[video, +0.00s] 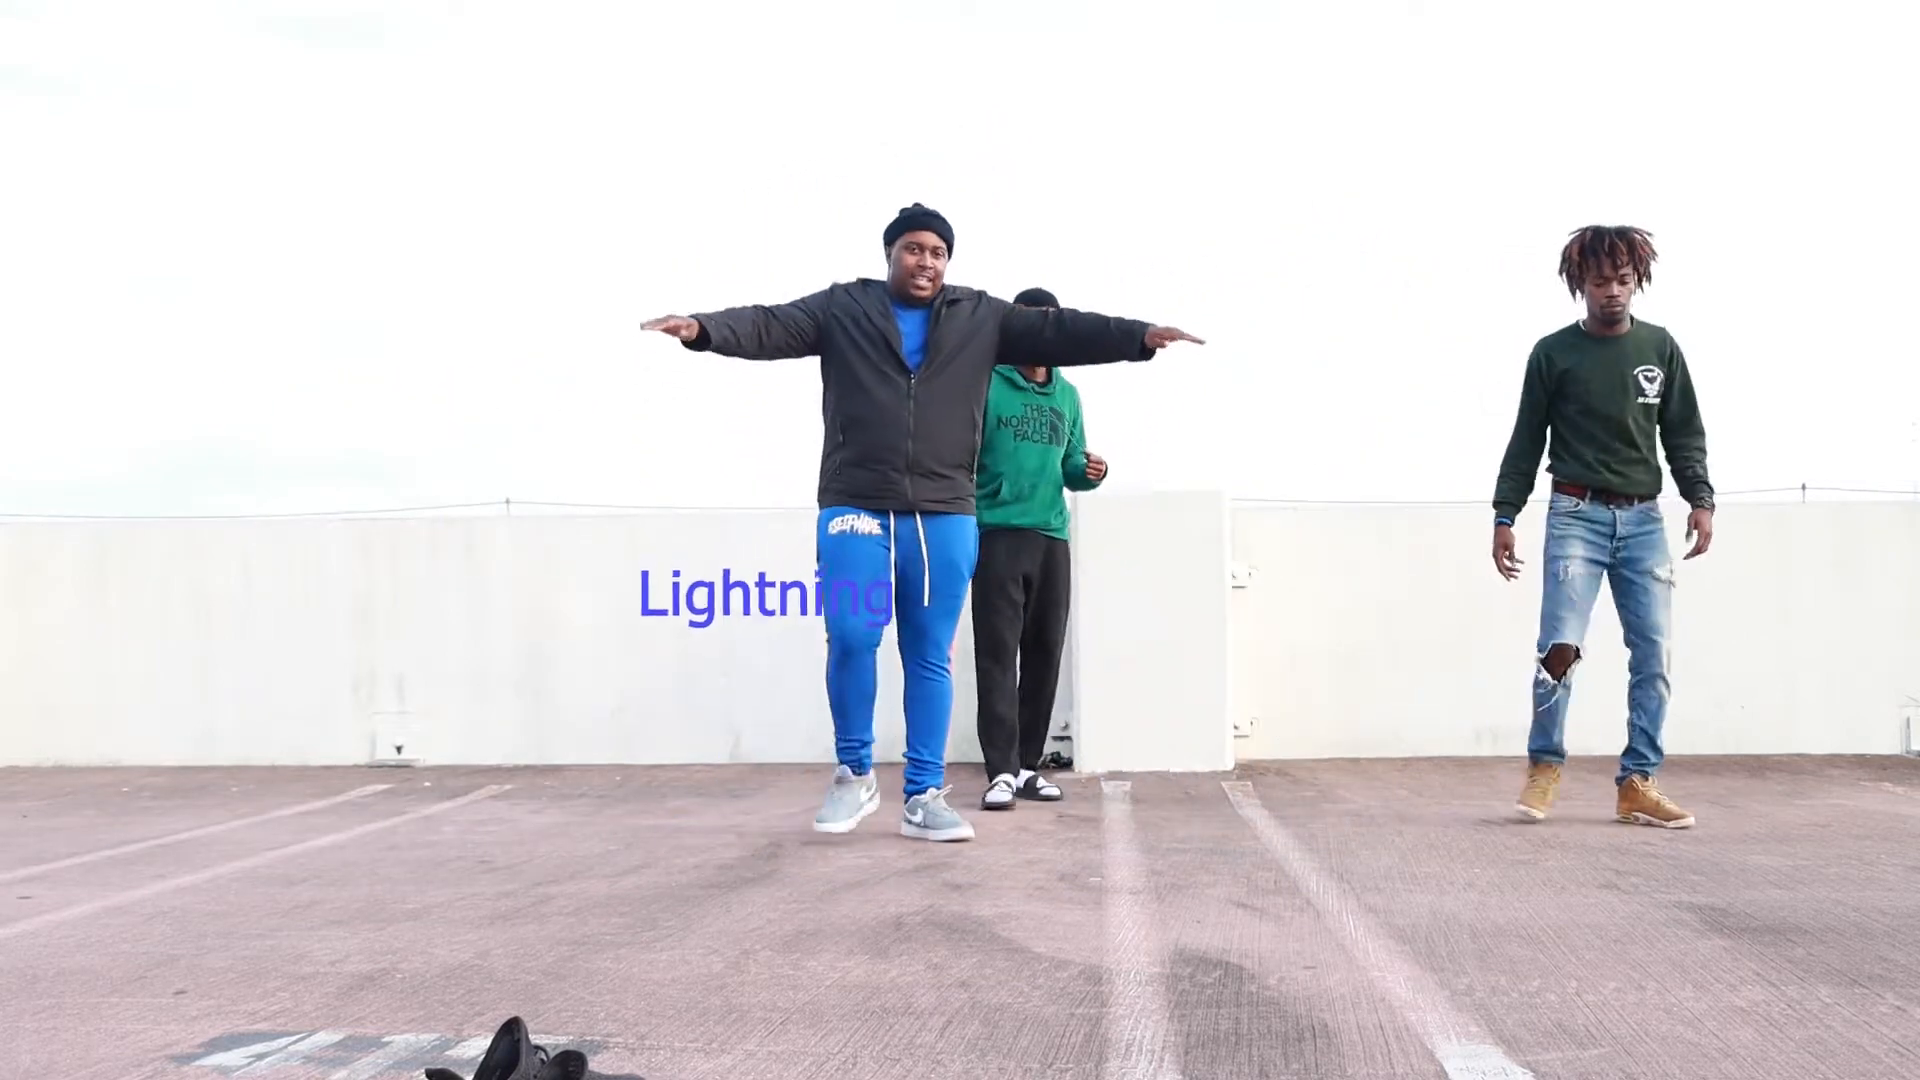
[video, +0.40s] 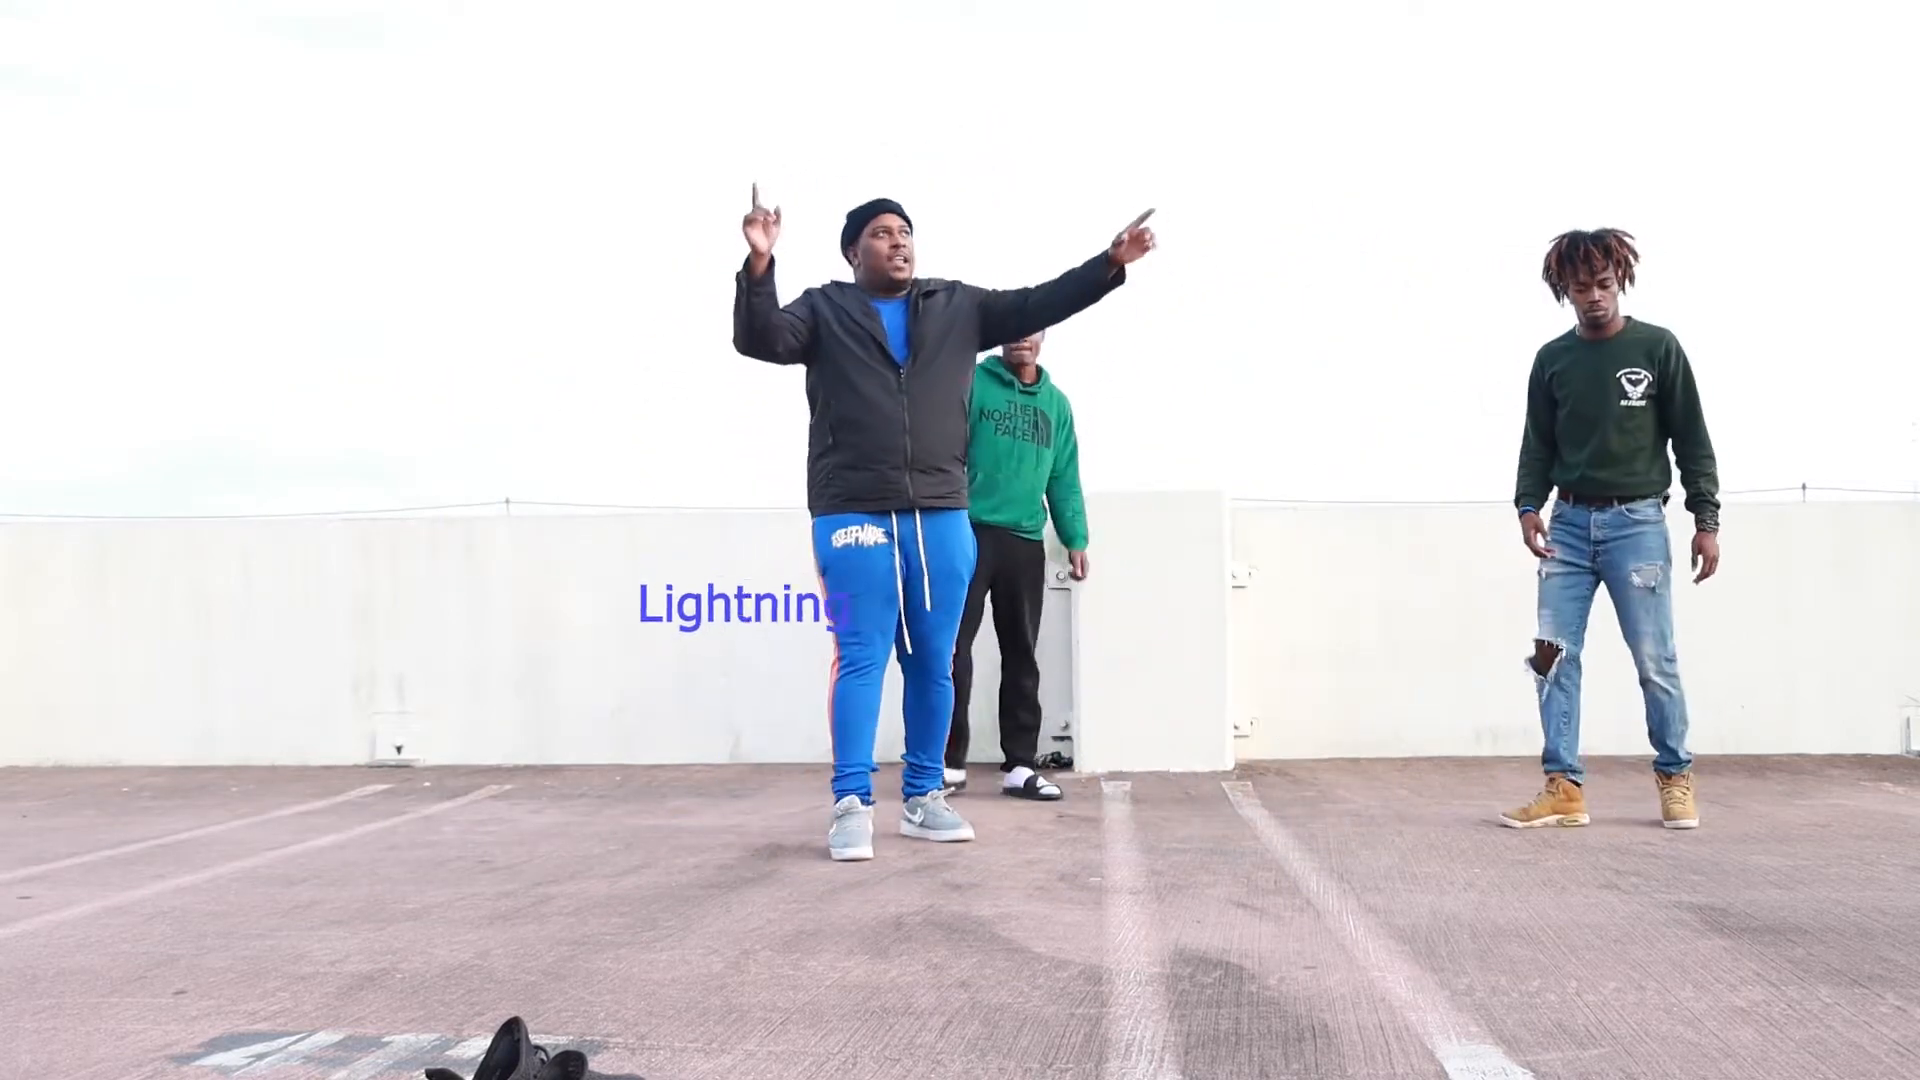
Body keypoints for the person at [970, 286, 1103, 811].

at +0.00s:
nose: (1044, 342)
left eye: (1051, 334)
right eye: (1036, 333)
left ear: (1057, 338)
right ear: (1016, 334)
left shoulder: (1067, 394)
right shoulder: (986, 384)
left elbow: (1070, 471)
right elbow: (963, 457)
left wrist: (1090, 472)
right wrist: (964, 523)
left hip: (1051, 537)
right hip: (997, 534)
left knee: (1044, 655)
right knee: (998, 654)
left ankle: (1029, 766)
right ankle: (1000, 771)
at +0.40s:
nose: (1024, 344)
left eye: (1032, 335)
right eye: (1015, 336)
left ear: (1042, 342)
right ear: (1000, 342)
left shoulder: (1056, 403)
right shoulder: (971, 382)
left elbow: (1064, 476)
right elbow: (943, 447)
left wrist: (1076, 541)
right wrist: (940, 518)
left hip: (1024, 538)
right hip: (968, 531)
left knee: (1021, 655)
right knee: (953, 651)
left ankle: (1019, 767)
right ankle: (948, 764)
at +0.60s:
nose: (990, 338)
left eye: (996, 330)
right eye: (983, 330)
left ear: (1009, 338)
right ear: (965, 340)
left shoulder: (1032, 398)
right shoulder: (943, 386)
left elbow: (1049, 477)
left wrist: (1058, 548)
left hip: (1005, 541)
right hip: (946, 534)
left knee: (1014, 656)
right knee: (920, 654)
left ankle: (1018, 766)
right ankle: (906, 762)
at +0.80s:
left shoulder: (984, 390)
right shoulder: (885, 387)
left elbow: (1018, 468)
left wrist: (1041, 540)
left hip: (971, 537)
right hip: (898, 536)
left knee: (993, 657)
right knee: (898, 658)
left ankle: (1018, 766)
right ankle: (901, 763)